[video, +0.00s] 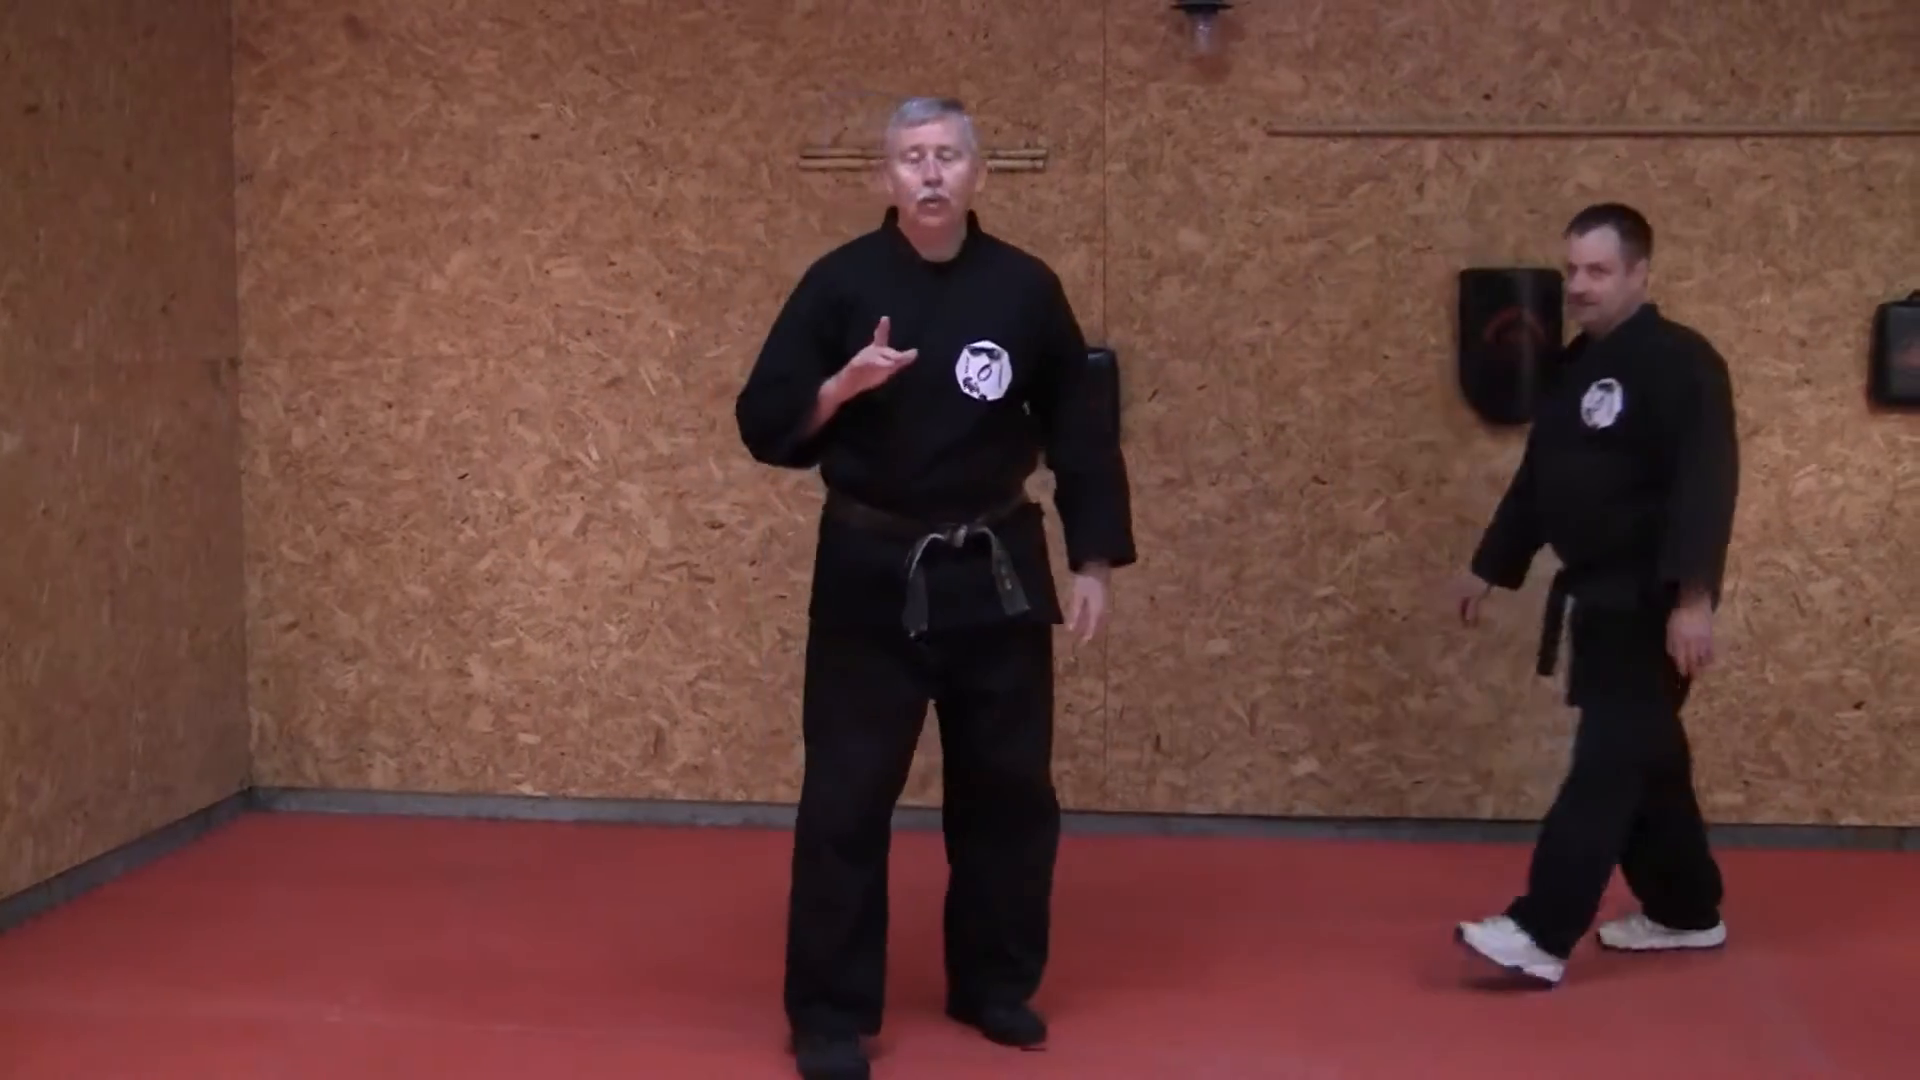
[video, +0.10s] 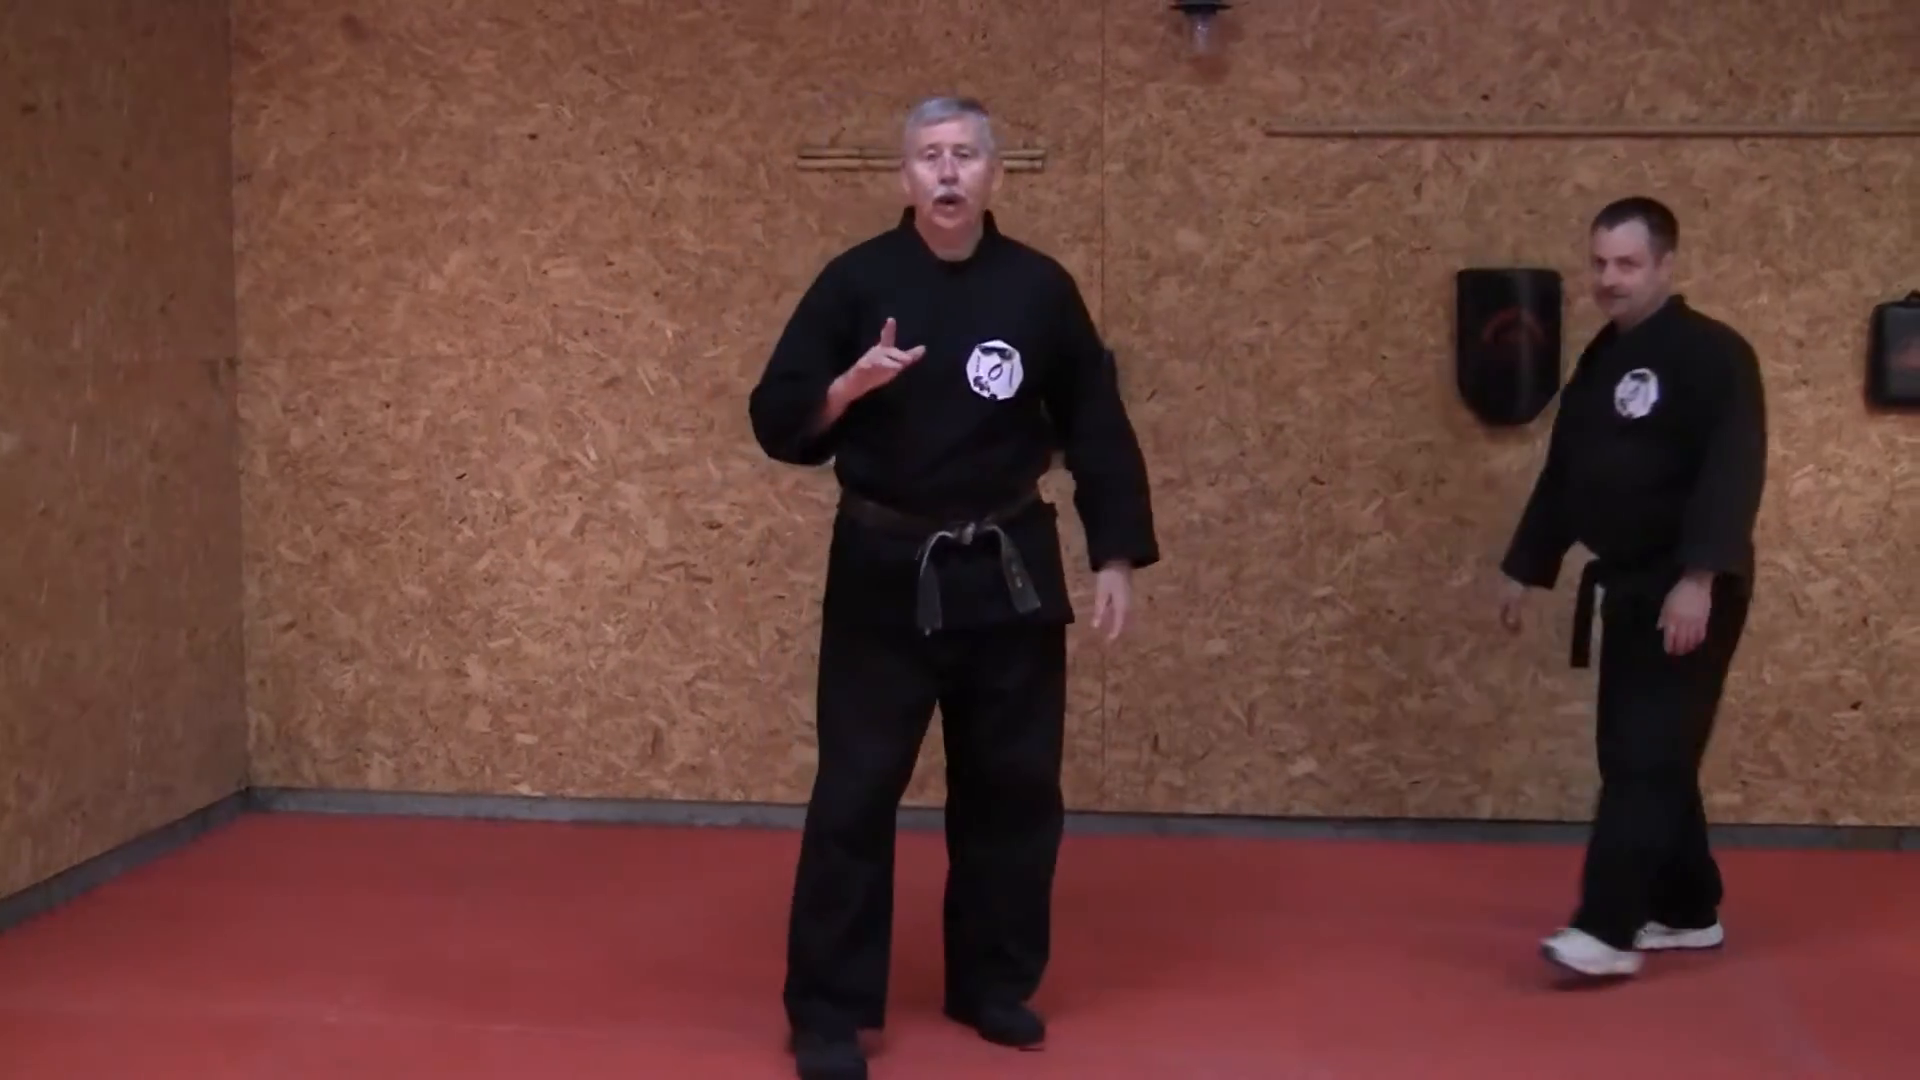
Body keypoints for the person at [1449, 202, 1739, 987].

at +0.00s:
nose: (1579, 285)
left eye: (1596, 271)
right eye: (1571, 271)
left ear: (1640, 275)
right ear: (1567, 275)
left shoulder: (1684, 363)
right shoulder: (1572, 368)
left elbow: (1707, 485)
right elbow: (1541, 476)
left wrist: (1695, 597)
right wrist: (1489, 568)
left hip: (1651, 598)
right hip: (1594, 594)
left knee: (1605, 760)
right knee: (1645, 754)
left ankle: (1543, 931)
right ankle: (1686, 910)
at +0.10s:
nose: (1607, 278)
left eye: (1624, 264)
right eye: (1599, 264)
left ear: (1666, 267)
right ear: (1593, 268)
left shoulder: (1716, 355)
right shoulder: (1601, 358)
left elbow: (1733, 475)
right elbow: (1567, 468)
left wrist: (1698, 577)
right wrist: (1524, 565)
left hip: (1697, 582)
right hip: (1628, 579)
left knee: (1645, 751)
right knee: (1638, 750)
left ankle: (1607, 929)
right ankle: (1687, 909)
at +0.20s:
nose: (1639, 276)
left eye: (1657, 262)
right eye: (1630, 261)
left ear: (1695, 266)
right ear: (1622, 265)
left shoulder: (1745, 353)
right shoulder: (1626, 353)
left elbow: (1763, 472)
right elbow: (1589, 457)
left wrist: (1712, 565)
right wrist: (1557, 560)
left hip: (1722, 583)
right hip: (1644, 578)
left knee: (1700, 750)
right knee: (1635, 745)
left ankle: (1717, 928)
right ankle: (1662, 910)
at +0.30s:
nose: (1673, 279)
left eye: (1690, 265)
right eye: (1664, 265)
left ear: (1725, 268)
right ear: (1651, 267)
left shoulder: (1777, 358)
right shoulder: (1648, 359)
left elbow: (1792, 478)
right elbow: (1612, 464)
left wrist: (1738, 567)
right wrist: (1588, 565)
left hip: (1750, 588)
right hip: (1664, 583)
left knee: (1757, 758)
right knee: (1651, 755)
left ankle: (1817, 919)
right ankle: (1674, 912)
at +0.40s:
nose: (1713, 284)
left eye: (1730, 271)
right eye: (1702, 269)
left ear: (1760, 271)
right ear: (1686, 266)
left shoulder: (1808, 361)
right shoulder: (1670, 365)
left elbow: (1829, 477)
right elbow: (1636, 468)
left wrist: (1785, 575)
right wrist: (1618, 570)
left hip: (1779, 595)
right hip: (1687, 593)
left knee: (1819, 759)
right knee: (1659, 754)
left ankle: (1897, 918)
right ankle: (1669, 911)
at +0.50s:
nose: (1752, 294)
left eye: (1769, 281)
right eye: (1740, 278)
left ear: (1797, 280)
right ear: (1724, 276)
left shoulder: (1842, 369)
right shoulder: (1698, 367)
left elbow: (1873, 482)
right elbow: (1660, 472)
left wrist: (1843, 583)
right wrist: (1644, 573)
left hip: (1815, 604)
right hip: (1717, 597)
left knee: (1867, 773)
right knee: (1669, 760)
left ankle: (1917, 907)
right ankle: (1664, 911)